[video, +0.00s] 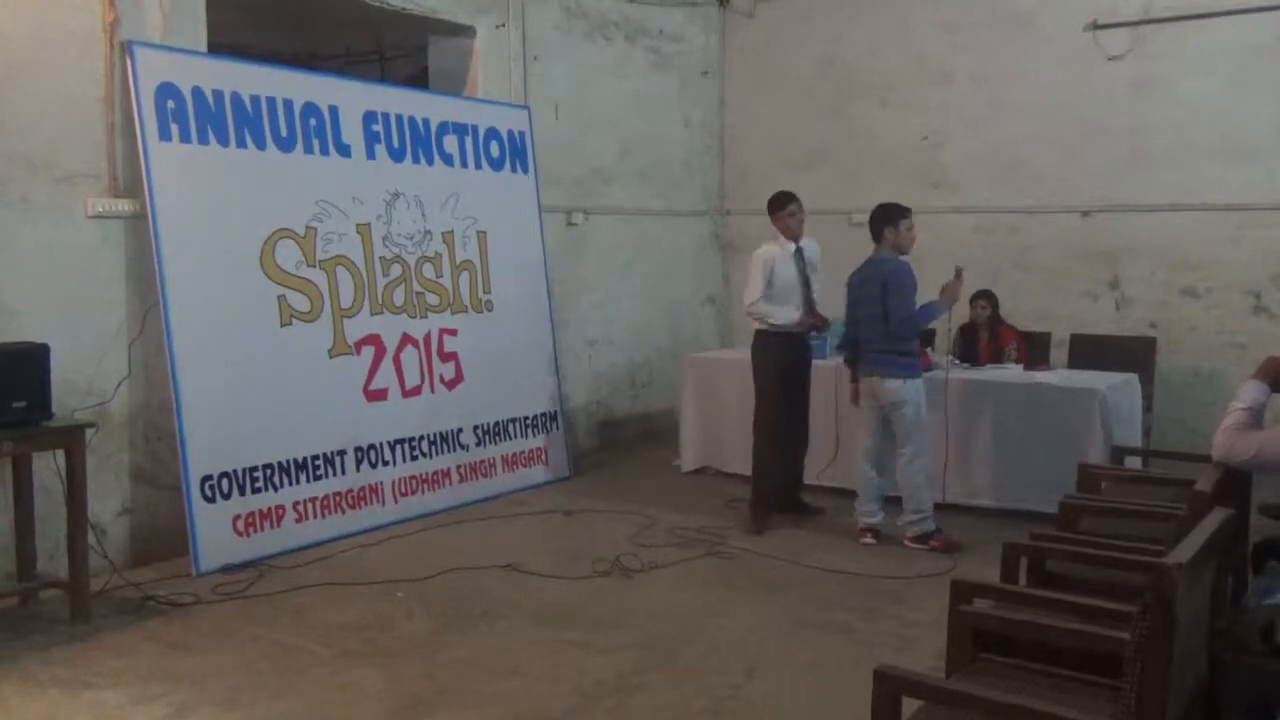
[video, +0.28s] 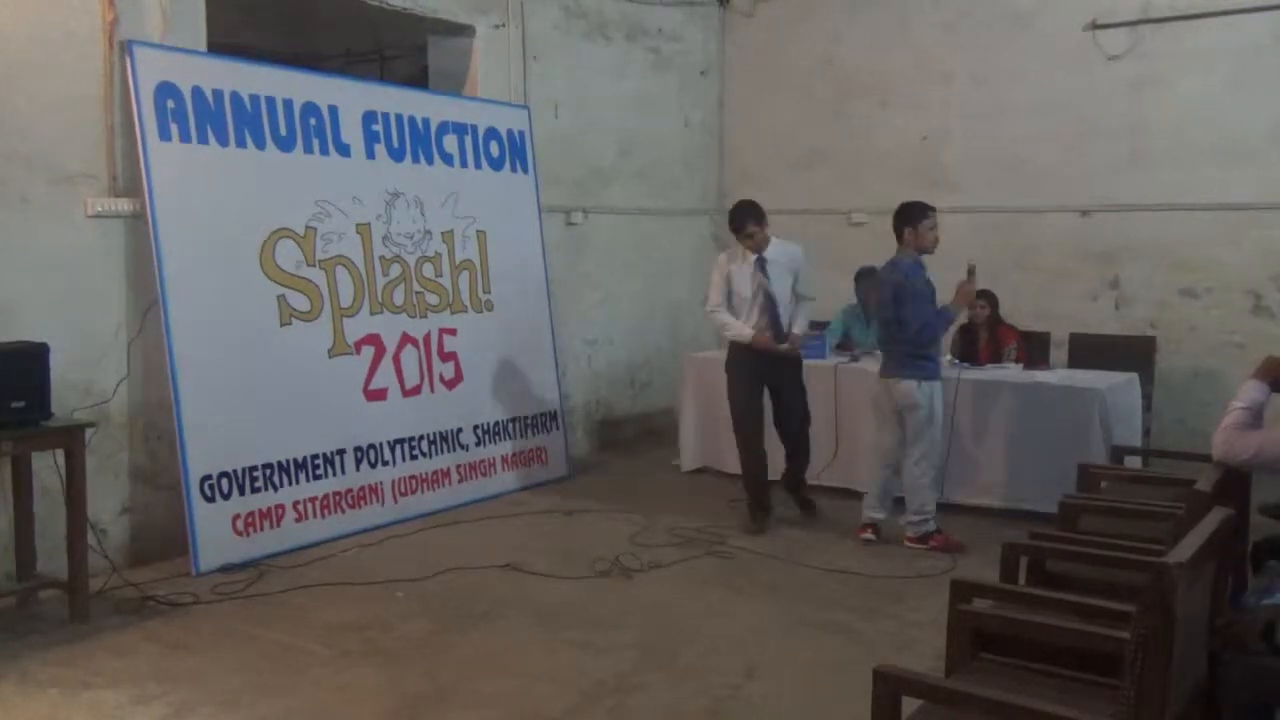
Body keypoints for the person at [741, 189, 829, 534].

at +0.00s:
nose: (794, 222)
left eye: (797, 215)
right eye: (787, 218)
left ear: (803, 215)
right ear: (775, 221)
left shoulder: (811, 250)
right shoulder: (766, 254)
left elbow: (807, 296)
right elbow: (752, 305)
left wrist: (814, 315)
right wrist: (795, 319)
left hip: (798, 343)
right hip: (771, 342)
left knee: (796, 422)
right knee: (770, 423)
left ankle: (790, 495)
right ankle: (761, 503)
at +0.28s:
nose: (750, 244)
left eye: (754, 236)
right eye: (742, 238)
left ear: (766, 226)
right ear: (734, 235)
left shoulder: (791, 254)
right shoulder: (727, 261)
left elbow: (805, 298)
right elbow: (715, 311)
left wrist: (796, 333)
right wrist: (750, 336)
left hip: (785, 353)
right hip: (745, 355)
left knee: (796, 427)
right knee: (749, 433)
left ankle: (795, 482)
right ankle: (758, 506)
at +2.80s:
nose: (755, 224)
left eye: (757, 217)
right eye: (755, 217)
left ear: (721, 212)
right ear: (743, 214)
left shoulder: (689, 252)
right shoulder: (744, 251)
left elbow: (694, 311)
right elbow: (772, 308)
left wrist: (735, 355)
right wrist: (783, 346)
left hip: (690, 355)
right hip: (721, 356)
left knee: (723, 444)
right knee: (732, 452)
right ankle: (717, 554)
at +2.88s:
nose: (765, 223)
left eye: (765, 216)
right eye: (764, 216)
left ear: (728, 213)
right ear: (753, 214)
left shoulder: (698, 255)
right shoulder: (755, 250)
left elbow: (702, 306)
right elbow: (791, 298)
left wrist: (744, 344)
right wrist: (805, 329)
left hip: (704, 356)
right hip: (736, 356)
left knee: (750, 437)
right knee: (737, 448)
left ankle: (739, 521)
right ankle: (716, 552)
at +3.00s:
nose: (778, 230)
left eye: (779, 223)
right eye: (778, 223)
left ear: (742, 222)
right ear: (766, 222)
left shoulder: (713, 262)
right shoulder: (771, 257)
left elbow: (714, 312)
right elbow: (803, 304)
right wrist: (835, 337)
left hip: (725, 362)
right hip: (758, 362)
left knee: (758, 443)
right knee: (745, 455)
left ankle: (777, 517)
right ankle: (718, 552)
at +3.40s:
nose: (828, 226)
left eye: (828, 221)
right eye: (827, 220)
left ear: (793, 217)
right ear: (819, 219)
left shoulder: (763, 255)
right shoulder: (819, 253)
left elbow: (755, 309)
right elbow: (845, 295)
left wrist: (757, 353)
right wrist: (880, 312)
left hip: (775, 354)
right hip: (811, 355)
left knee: (781, 438)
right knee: (830, 432)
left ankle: (781, 522)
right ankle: (811, 505)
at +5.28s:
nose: (851, 228)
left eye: (850, 222)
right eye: (850, 222)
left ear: (821, 218)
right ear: (843, 222)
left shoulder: (814, 245)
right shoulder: (825, 245)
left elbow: (813, 302)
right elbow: (821, 301)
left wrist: (835, 345)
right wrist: (855, 333)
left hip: (798, 337)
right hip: (806, 339)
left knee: (805, 421)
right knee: (807, 422)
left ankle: (798, 496)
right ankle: (801, 500)